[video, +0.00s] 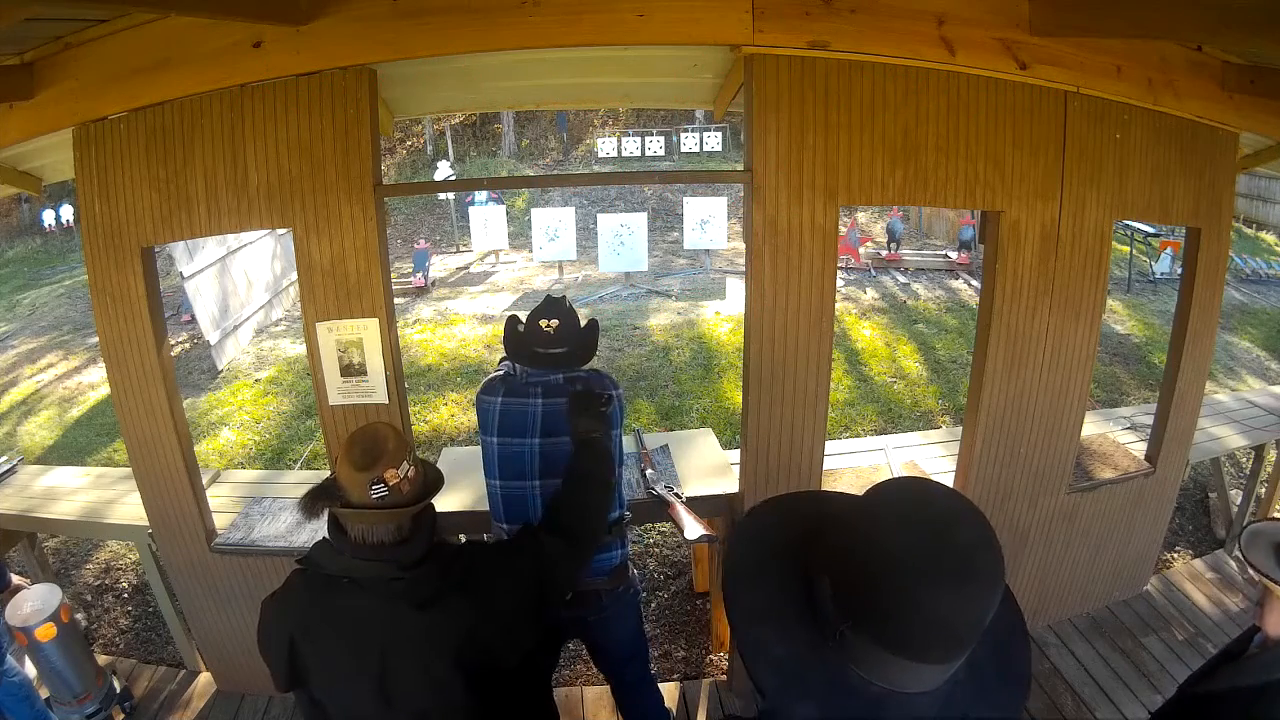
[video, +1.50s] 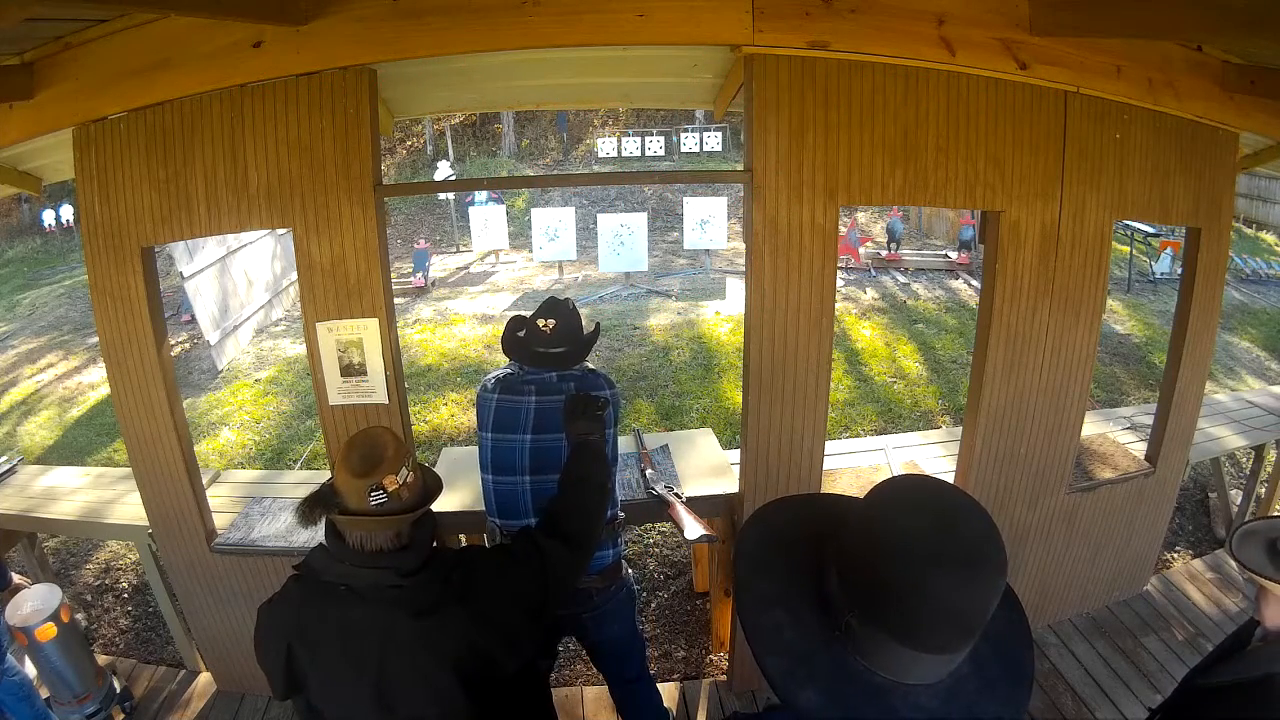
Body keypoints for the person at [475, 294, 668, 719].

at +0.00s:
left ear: (521, 344)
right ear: (581, 345)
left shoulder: (490, 395)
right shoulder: (604, 391)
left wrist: (525, 349)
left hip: (521, 583)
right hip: (601, 581)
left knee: (530, 693)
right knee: (636, 689)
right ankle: (656, 716)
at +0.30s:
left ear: (516, 342)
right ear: (578, 344)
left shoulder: (489, 394)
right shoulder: (600, 389)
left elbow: (510, 370)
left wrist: (521, 347)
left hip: (519, 582)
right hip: (598, 577)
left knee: (530, 691)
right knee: (635, 687)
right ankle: (654, 716)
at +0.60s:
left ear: (513, 341)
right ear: (577, 342)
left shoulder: (488, 394)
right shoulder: (599, 388)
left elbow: (508, 369)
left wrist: (522, 346)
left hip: (520, 582)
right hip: (598, 578)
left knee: (530, 692)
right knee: (635, 690)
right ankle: (653, 715)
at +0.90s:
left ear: (512, 340)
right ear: (576, 341)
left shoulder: (488, 394)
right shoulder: (600, 388)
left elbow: (506, 363)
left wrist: (522, 341)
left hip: (519, 582)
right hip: (597, 578)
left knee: (529, 693)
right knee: (635, 688)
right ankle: (653, 715)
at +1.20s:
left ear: (513, 343)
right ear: (576, 344)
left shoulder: (488, 393)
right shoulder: (598, 387)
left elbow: (504, 360)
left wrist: (521, 340)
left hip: (516, 582)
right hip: (595, 577)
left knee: (529, 692)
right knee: (634, 687)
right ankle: (652, 715)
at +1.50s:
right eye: (582, 340)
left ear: (524, 343)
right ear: (578, 347)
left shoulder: (489, 391)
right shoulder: (598, 388)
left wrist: (535, 348)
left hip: (515, 582)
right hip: (594, 578)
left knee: (527, 690)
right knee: (633, 686)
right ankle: (653, 716)